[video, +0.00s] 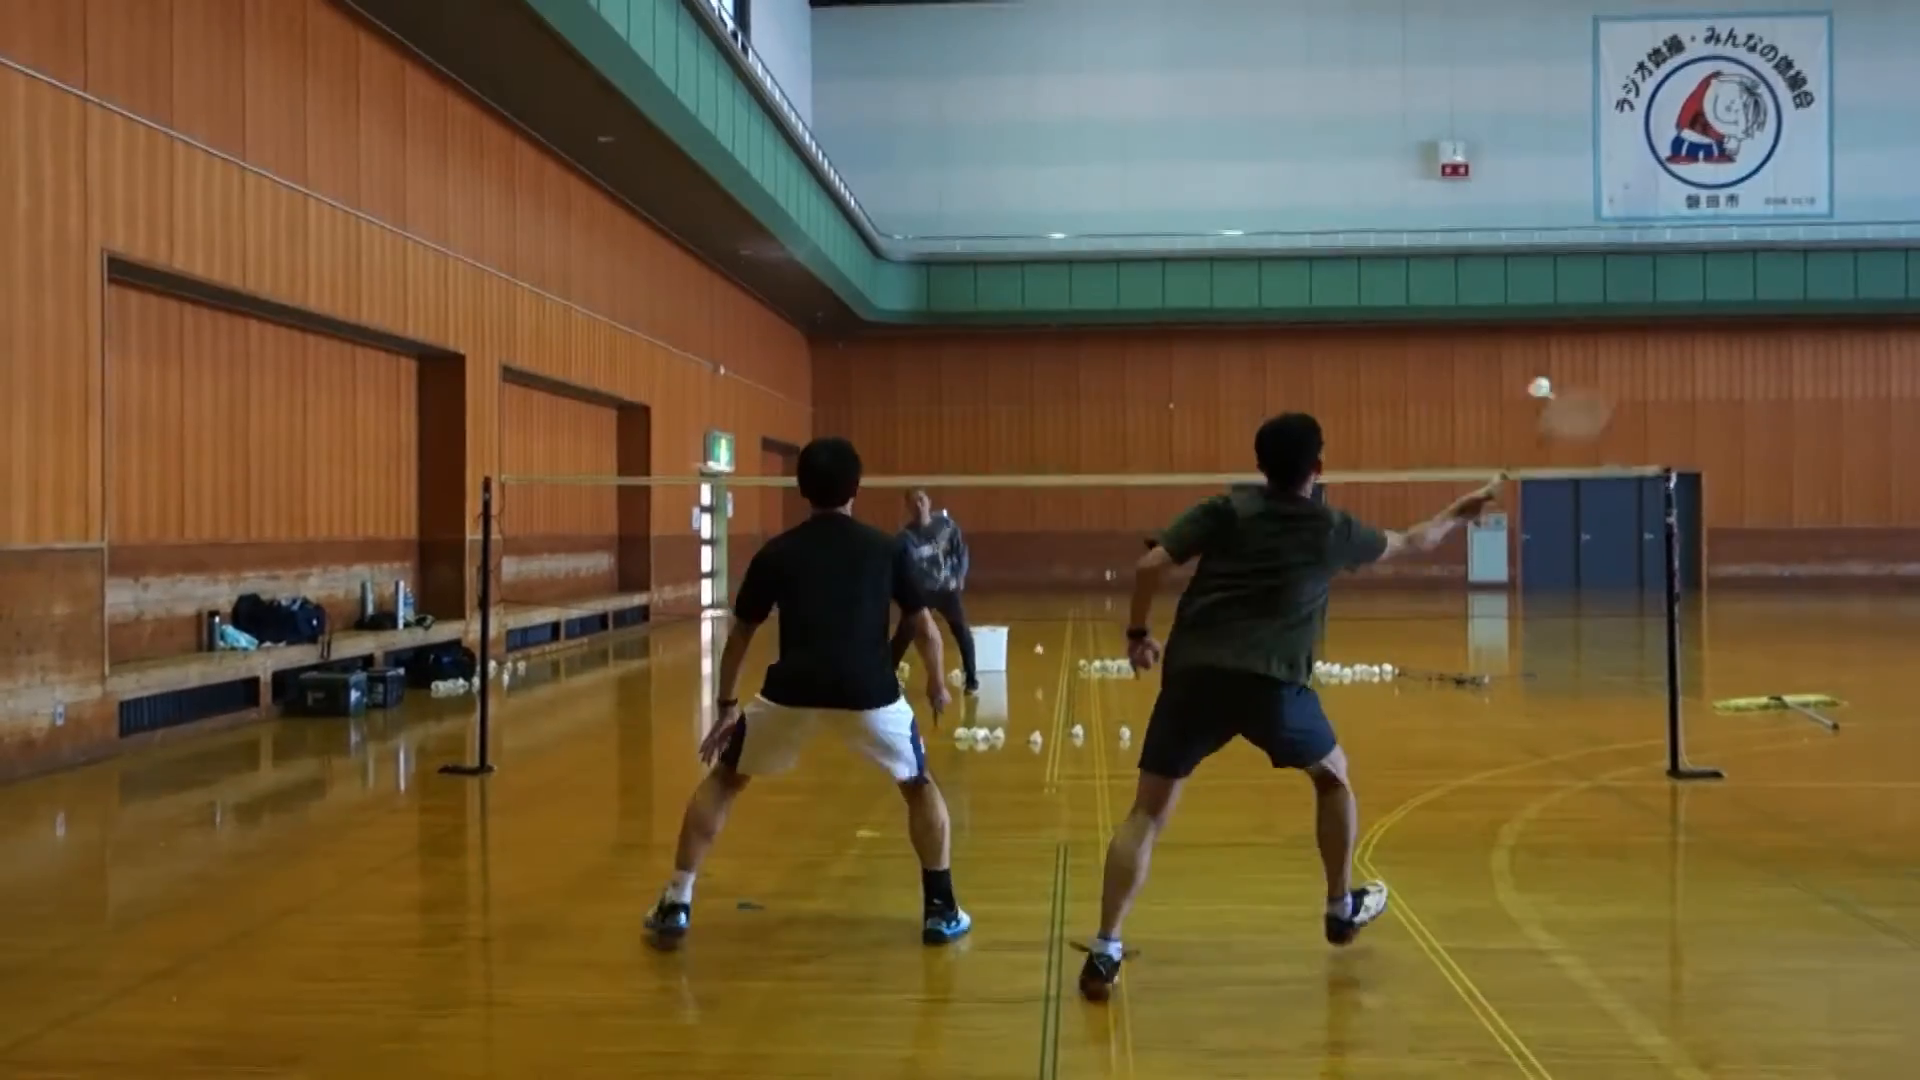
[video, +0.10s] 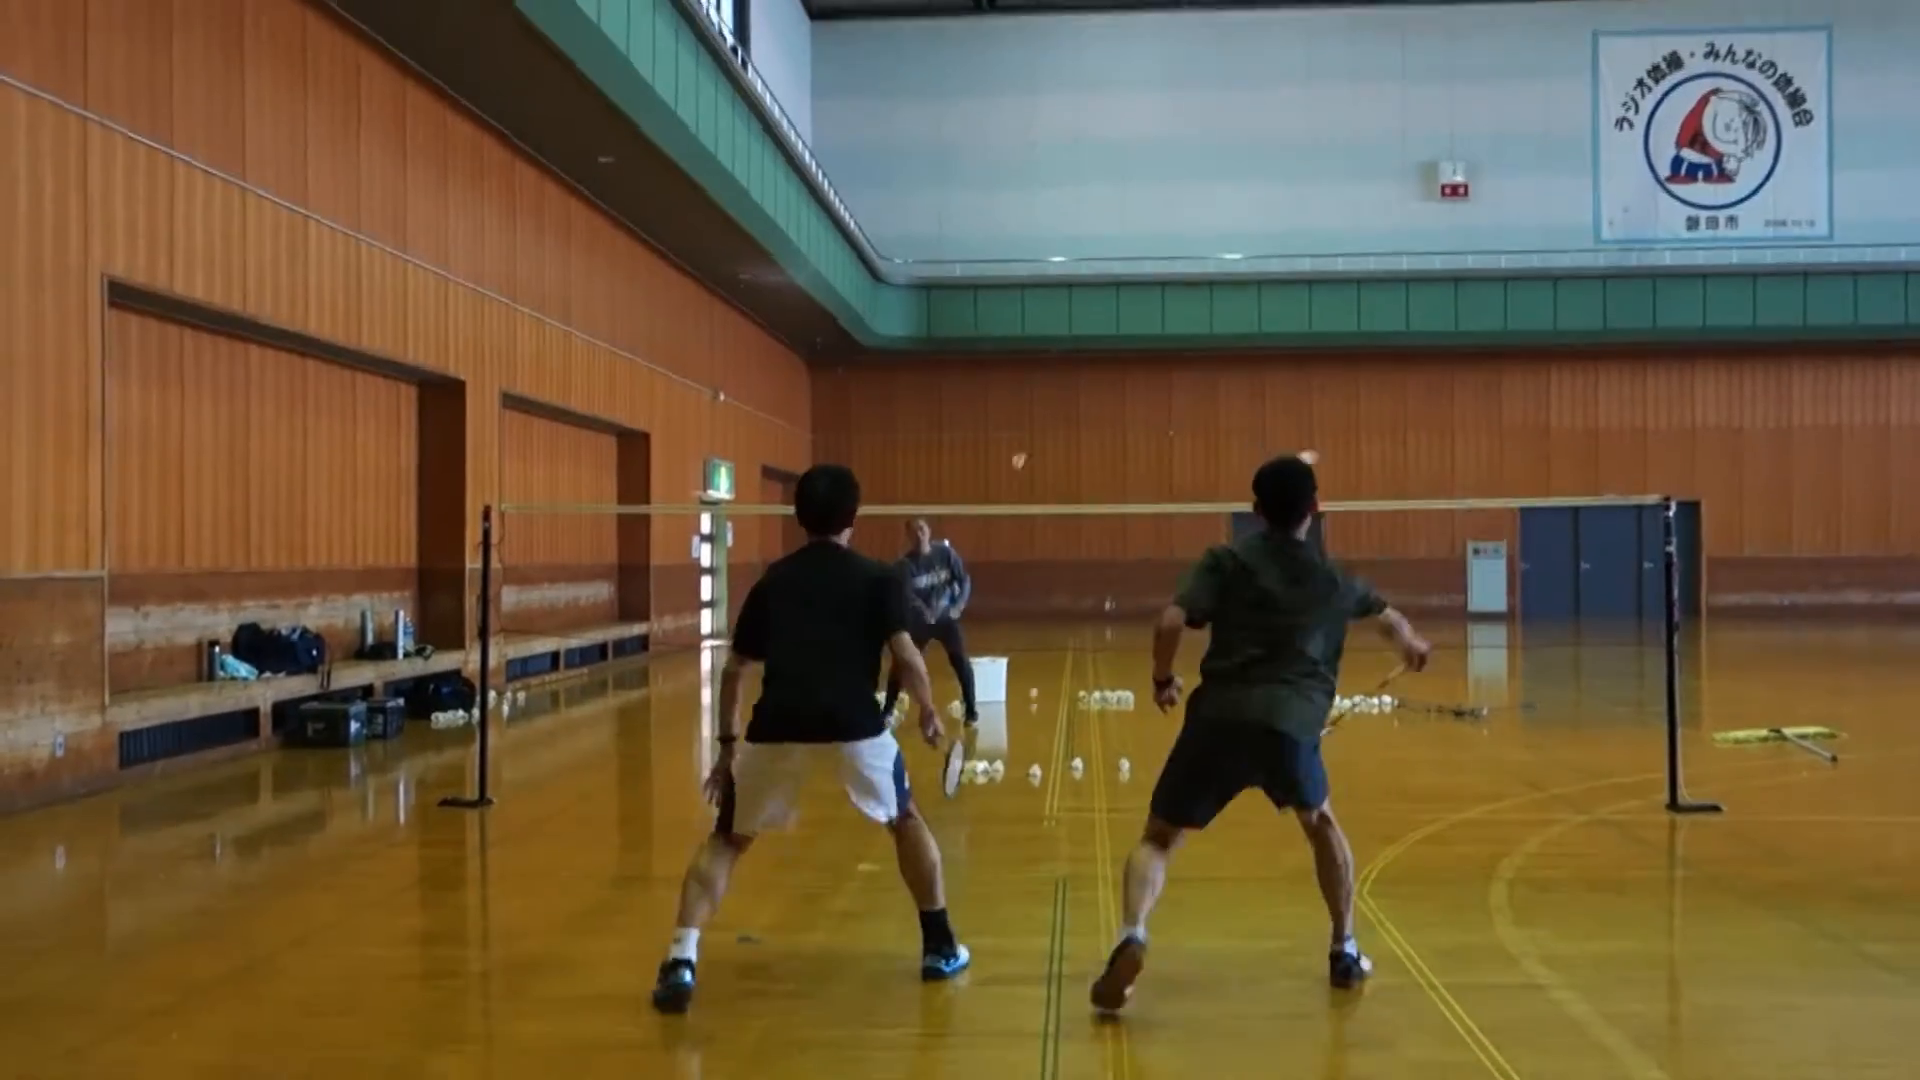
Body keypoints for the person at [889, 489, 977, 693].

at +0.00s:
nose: (919, 505)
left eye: (922, 500)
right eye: (915, 501)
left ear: (928, 502)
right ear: (909, 506)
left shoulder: (946, 525)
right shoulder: (906, 536)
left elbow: (961, 551)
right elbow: (900, 564)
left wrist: (960, 577)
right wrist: (907, 589)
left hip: (946, 590)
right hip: (918, 593)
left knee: (962, 632)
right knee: (902, 636)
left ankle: (971, 677)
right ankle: (886, 674)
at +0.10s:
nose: (919, 534)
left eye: (922, 529)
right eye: (914, 530)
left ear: (928, 531)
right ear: (908, 535)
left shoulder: (945, 553)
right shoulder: (904, 565)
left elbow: (963, 580)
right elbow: (906, 596)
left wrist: (958, 607)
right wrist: (924, 612)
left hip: (946, 618)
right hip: (919, 621)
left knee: (960, 661)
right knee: (900, 664)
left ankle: (970, 708)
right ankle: (888, 709)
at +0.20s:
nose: (919, 549)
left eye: (922, 544)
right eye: (915, 546)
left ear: (928, 547)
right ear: (909, 550)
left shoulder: (945, 569)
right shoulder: (905, 579)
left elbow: (962, 595)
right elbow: (902, 611)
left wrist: (952, 614)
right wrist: (910, 639)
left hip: (947, 634)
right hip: (921, 637)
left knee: (962, 677)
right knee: (900, 679)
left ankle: (972, 723)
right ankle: (889, 724)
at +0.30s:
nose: (915, 553)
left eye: (918, 547)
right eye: (910, 549)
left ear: (925, 549)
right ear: (905, 553)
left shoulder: (941, 571)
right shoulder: (904, 580)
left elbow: (956, 599)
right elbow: (896, 612)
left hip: (946, 634)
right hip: (920, 636)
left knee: (961, 677)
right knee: (905, 681)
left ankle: (972, 723)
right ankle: (890, 723)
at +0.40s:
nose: (913, 554)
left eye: (916, 549)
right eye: (909, 550)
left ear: (924, 550)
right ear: (903, 554)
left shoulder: (941, 570)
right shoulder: (902, 579)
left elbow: (942, 601)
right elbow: (896, 611)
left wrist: (914, 591)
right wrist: (894, 636)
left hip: (946, 633)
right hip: (920, 635)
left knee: (959, 676)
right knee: (905, 680)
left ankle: (972, 721)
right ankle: (890, 721)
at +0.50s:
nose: (913, 553)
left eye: (916, 547)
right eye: (908, 549)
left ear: (923, 548)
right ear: (904, 552)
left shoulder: (941, 567)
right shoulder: (904, 577)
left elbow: (940, 598)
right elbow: (902, 605)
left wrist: (916, 604)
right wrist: (905, 624)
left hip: (946, 629)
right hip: (920, 630)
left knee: (960, 672)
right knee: (905, 674)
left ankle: (971, 717)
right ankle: (890, 717)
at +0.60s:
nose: (912, 553)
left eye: (915, 548)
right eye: (908, 549)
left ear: (923, 549)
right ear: (903, 552)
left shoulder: (940, 568)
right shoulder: (900, 580)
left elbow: (953, 597)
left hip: (946, 629)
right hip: (921, 634)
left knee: (957, 672)